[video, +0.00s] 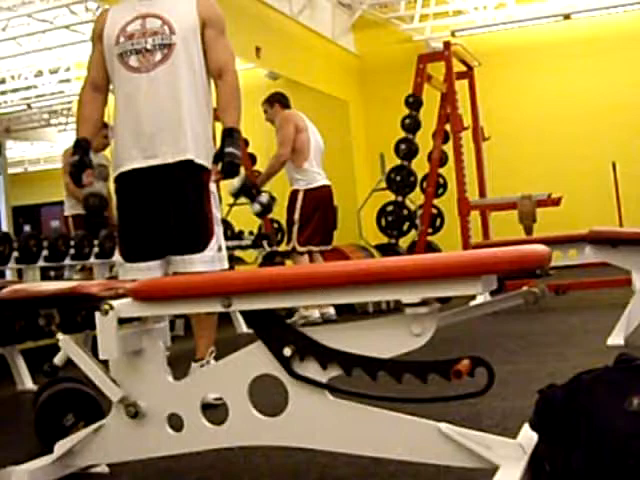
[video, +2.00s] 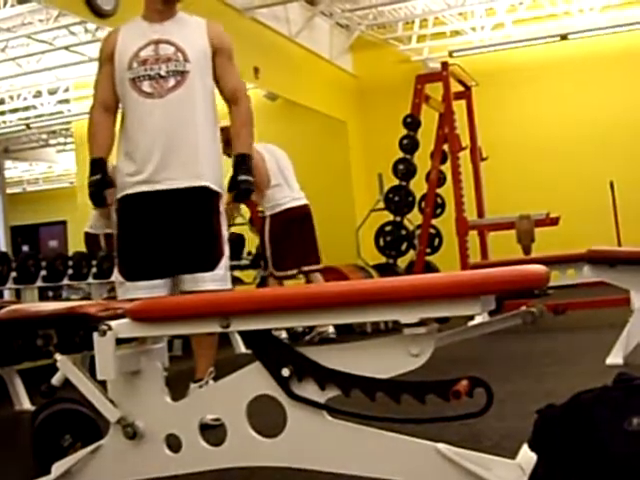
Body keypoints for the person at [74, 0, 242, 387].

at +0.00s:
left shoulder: (201, 8)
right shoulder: (107, 20)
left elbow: (225, 72)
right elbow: (95, 87)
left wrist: (231, 138)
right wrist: (84, 145)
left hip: (188, 153)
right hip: (132, 160)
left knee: (200, 269)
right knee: (141, 275)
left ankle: (204, 360)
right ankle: (150, 368)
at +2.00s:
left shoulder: (210, 34)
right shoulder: (116, 40)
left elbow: (238, 101)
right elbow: (104, 108)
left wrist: (242, 165)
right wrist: (98, 169)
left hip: (197, 180)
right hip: (138, 185)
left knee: (205, 292)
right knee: (142, 299)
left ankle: (204, 383)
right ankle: (147, 387)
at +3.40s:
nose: (92, 10)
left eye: (96, 4)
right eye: (89, 8)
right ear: (98, 2)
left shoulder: (182, 26)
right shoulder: (93, 41)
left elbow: (240, 73)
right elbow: (83, 112)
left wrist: (211, 128)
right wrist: (71, 175)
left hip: (174, 187)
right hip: (113, 191)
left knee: (191, 302)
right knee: (99, 308)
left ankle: (202, 391)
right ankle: (96, 400)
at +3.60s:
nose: (83, 7)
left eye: (93, 2)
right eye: (81, 2)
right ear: (76, 1)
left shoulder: (150, 26)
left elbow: (211, 78)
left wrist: (190, 129)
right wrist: (190, 129)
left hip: (146, 186)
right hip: (86, 191)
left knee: (174, 296)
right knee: (86, 308)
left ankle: (199, 386)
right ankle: (90, 399)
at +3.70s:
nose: (73, 9)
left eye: (78, 4)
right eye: (73, 5)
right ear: (74, 5)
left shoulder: (138, 28)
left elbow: (196, 79)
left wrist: (179, 134)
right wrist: (180, 132)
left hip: (134, 184)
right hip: (82, 189)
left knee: (161, 296)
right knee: (77, 306)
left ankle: (195, 382)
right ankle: (86, 397)